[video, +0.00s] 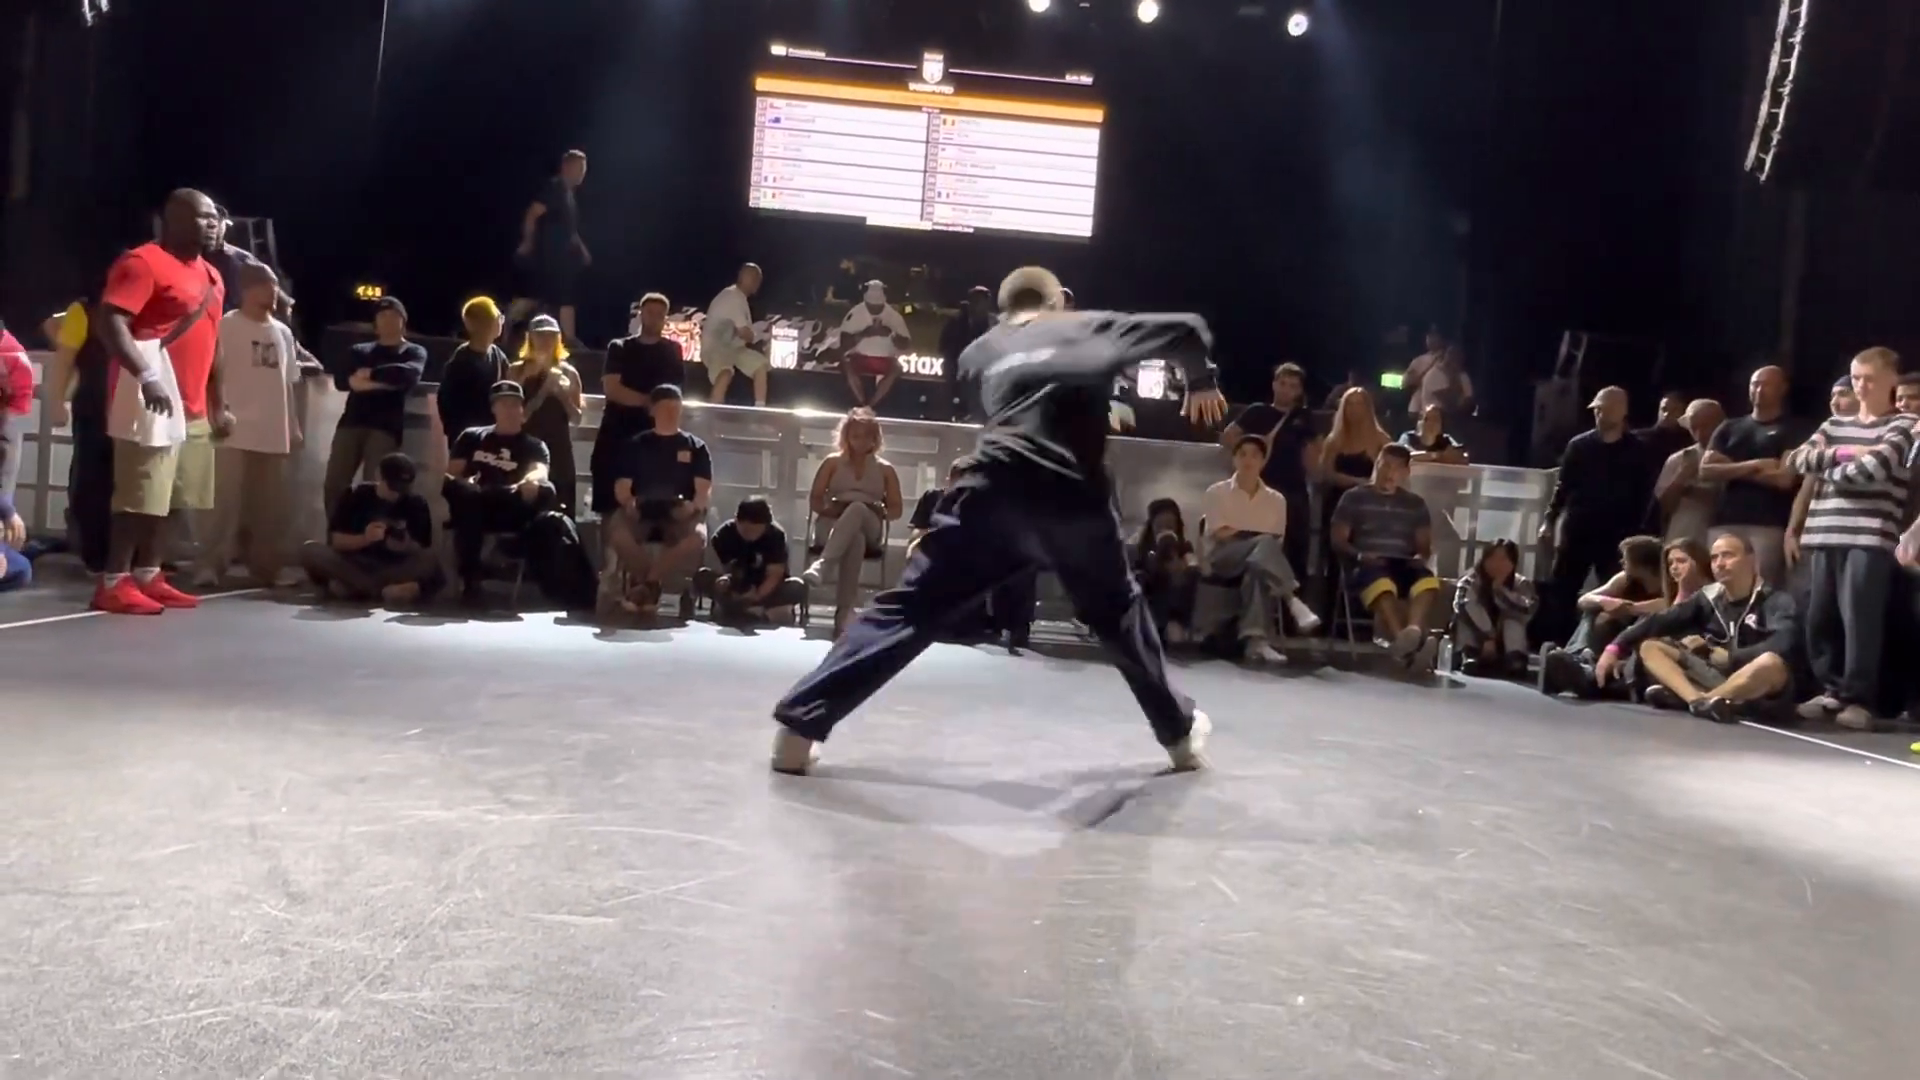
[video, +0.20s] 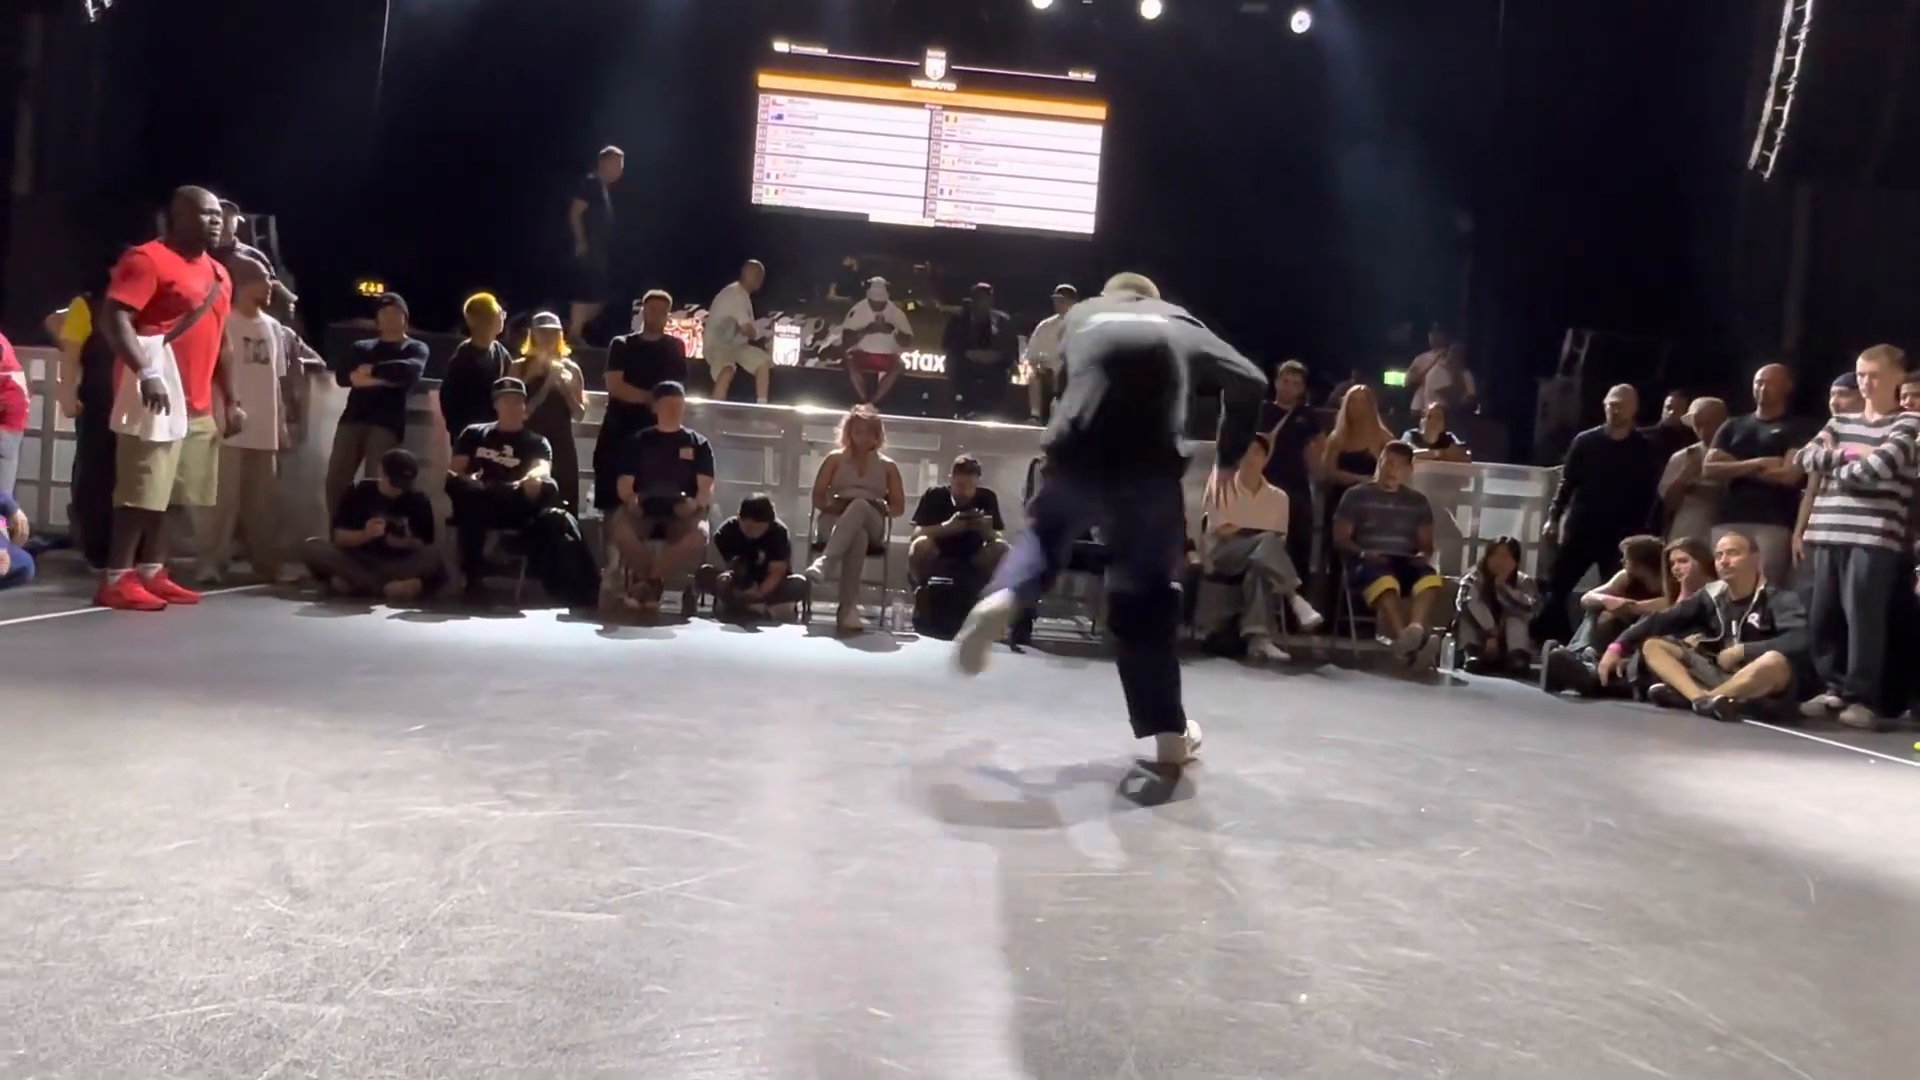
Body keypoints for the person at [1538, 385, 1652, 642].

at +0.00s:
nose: (1598, 414)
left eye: (1604, 410)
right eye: (1596, 409)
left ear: (1622, 413)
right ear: (1593, 410)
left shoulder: (1637, 450)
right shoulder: (1579, 445)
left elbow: (1642, 495)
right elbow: (1563, 487)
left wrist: (1634, 531)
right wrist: (1548, 521)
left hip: (1616, 533)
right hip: (1578, 532)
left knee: (1615, 597)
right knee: (1563, 592)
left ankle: (1612, 654)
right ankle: (1554, 647)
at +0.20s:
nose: (1614, 410)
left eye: (1621, 406)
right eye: (1611, 405)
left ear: (1634, 410)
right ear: (1604, 407)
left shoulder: (1645, 449)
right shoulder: (1585, 442)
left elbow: (1648, 494)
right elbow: (1567, 483)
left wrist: (1640, 529)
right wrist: (1553, 518)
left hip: (1621, 531)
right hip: (1582, 528)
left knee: (1618, 595)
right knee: (1558, 586)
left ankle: (1615, 651)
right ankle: (1553, 642)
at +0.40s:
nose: (1628, 409)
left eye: (1633, 404)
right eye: (1623, 402)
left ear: (1637, 410)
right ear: (1609, 404)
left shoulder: (1641, 449)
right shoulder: (1582, 439)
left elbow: (1650, 494)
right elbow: (1560, 479)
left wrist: (1649, 534)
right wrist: (1548, 515)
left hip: (1620, 535)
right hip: (1580, 532)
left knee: (1620, 600)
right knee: (1556, 588)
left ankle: (1615, 654)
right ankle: (1555, 643)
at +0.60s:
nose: (1634, 408)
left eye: (1634, 403)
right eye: (1629, 402)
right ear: (1611, 404)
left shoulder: (1636, 444)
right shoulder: (1575, 437)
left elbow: (1644, 489)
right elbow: (1554, 477)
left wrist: (1644, 527)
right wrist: (1543, 513)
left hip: (1617, 528)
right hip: (1578, 525)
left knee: (1623, 590)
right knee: (1555, 581)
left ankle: (1619, 649)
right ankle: (1560, 641)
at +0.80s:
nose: (1632, 409)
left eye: (1632, 404)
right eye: (1627, 403)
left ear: (1612, 407)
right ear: (1611, 404)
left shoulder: (1626, 447)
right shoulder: (1577, 436)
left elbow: (1630, 489)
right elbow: (1556, 476)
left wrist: (1629, 520)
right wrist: (1549, 512)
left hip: (1615, 526)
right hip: (1578, 525)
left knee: (1618, 593)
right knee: (1559, 586)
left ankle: (1616, 648)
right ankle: (1558, 641)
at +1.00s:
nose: (1634, 409)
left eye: (1634, 404)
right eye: (1630, 403)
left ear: (1614, 406)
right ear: (1614, 404)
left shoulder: (1627, 445)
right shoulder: (1581, 435)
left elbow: (1632, 484)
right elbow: (1562, 473)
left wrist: (1631, 514)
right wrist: (1559, 510)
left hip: (1618, 522)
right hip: (1583, 521)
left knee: (1619, 586)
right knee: (1565, 583)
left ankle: (1618, 646)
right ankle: (1557, 637)